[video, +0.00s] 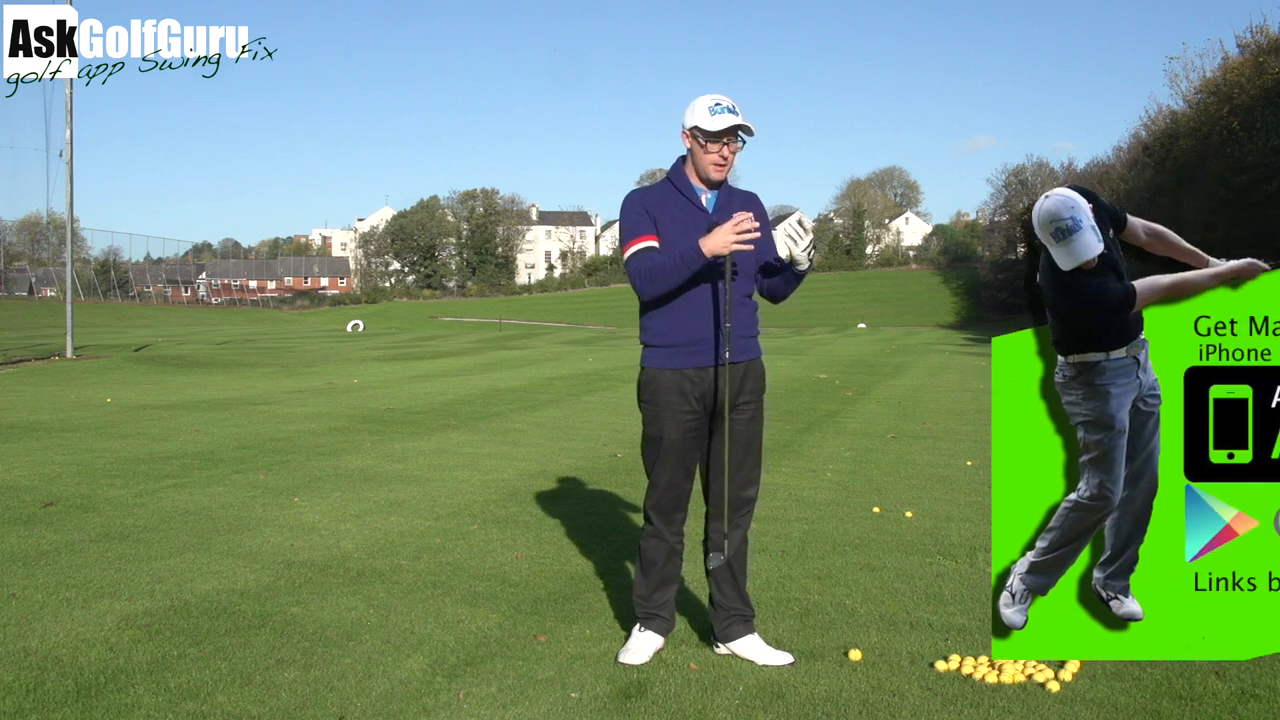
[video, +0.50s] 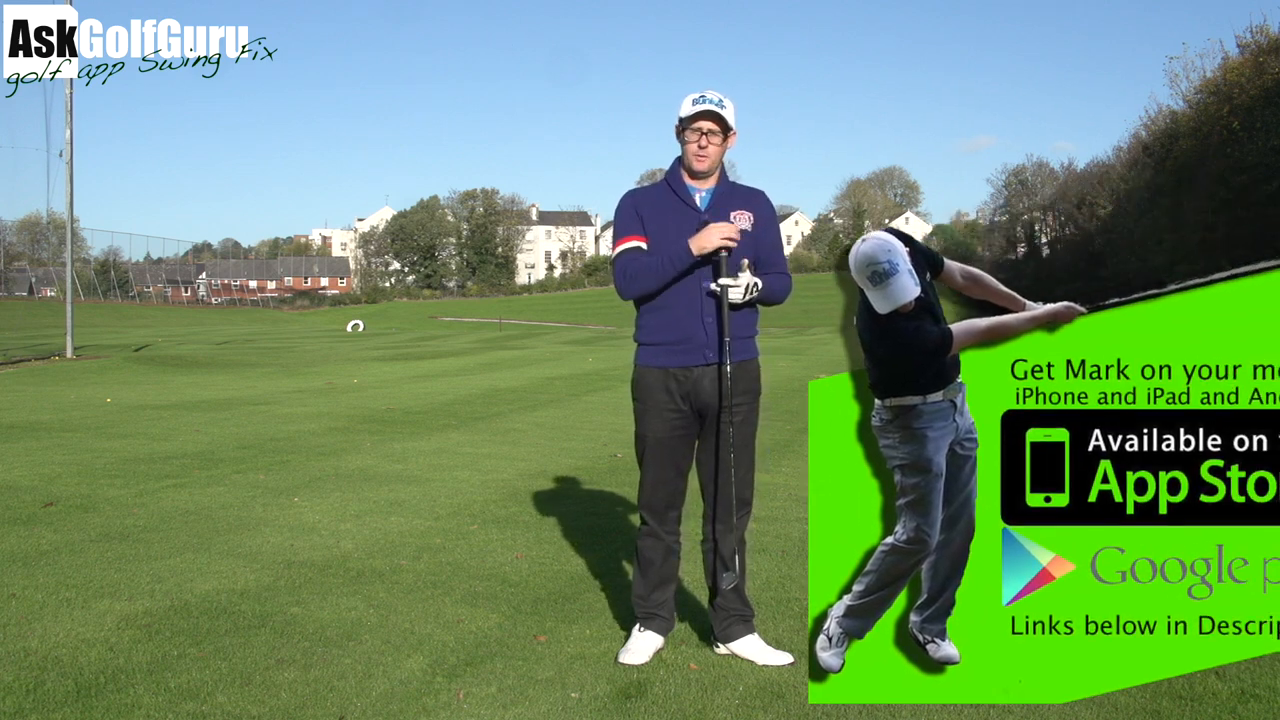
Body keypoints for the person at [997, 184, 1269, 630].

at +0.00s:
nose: (1087, 260)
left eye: (1089, 246)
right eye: (1074, 257)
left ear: (1089, 220)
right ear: (1049, 244)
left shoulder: (1087, 206)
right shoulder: (1070, 287)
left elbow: (1146, 234)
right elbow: (1164, 288)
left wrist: (1211, 262)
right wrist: (1231, 273)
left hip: (1136, 361)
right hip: (1093, 376)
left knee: (1139, 483)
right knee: (1100, 492)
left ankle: (1111, 580)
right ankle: (1026, 578)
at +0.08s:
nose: (1053, 268)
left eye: (1056, 254)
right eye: (1041, 265)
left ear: (1056, 229)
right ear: (1016, 253)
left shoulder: (1053, 214)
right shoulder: (1036, 295)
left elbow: (1113, 242)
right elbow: (1131, 296)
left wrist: (1178, 271)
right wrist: (1197, 281)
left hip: (1102, 371)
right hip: (1059, 384)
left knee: (1106, 491)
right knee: (1067, 499)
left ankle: (1077, 587)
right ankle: (993, 586)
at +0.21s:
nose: (1005, 281)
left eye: (1007, 267)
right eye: (993, 278)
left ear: (1007, 241)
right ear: (967, 265)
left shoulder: (1003, 226)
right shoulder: (988, 306)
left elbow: (1064, 253)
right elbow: (1080, 308)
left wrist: (1129, 283)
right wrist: (1147, 293)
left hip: (1053, 382)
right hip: (1010, 395)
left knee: (1057, 503)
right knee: (1018, 511)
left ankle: (1029, 599)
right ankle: (944, 598)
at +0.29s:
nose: (974, 288)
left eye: (976, 274)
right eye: (962, 285)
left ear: (975, 247)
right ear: (937, 273)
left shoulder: (971, 232)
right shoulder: (957, 313)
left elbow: (1032, 260)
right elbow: (1049, 316)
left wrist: (1097, 290)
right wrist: (1116, 300)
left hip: (1022, 388)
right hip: (979, 403)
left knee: (1026, 510)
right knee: (986, 519)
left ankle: (997, 607)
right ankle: (913, 605)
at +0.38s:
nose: (945, 296)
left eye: (947, 282)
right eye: (933, 293)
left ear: (945, 254)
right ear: (907, 279)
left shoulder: (940, 239)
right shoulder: (926, 320)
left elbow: (1003, 268)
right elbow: (1019, 323)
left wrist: (1068, 297)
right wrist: (1086, 308)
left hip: (993, 397)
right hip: (950, 410)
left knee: (996, 517)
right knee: (957, 525)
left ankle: (968, 614)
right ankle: (883, 612)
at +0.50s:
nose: (905, 304)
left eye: (907, 290)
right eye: (893, 301)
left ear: (905, 264)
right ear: (867, 288)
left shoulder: (902, 250)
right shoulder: (886, 328)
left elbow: (962, 277)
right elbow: (977, 333)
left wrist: (1027, 306)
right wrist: (1045, 317)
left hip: (953, 406)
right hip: (910, 420)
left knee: (956, 527)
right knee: (917, 535)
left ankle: (928, 623)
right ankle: (844, 621)